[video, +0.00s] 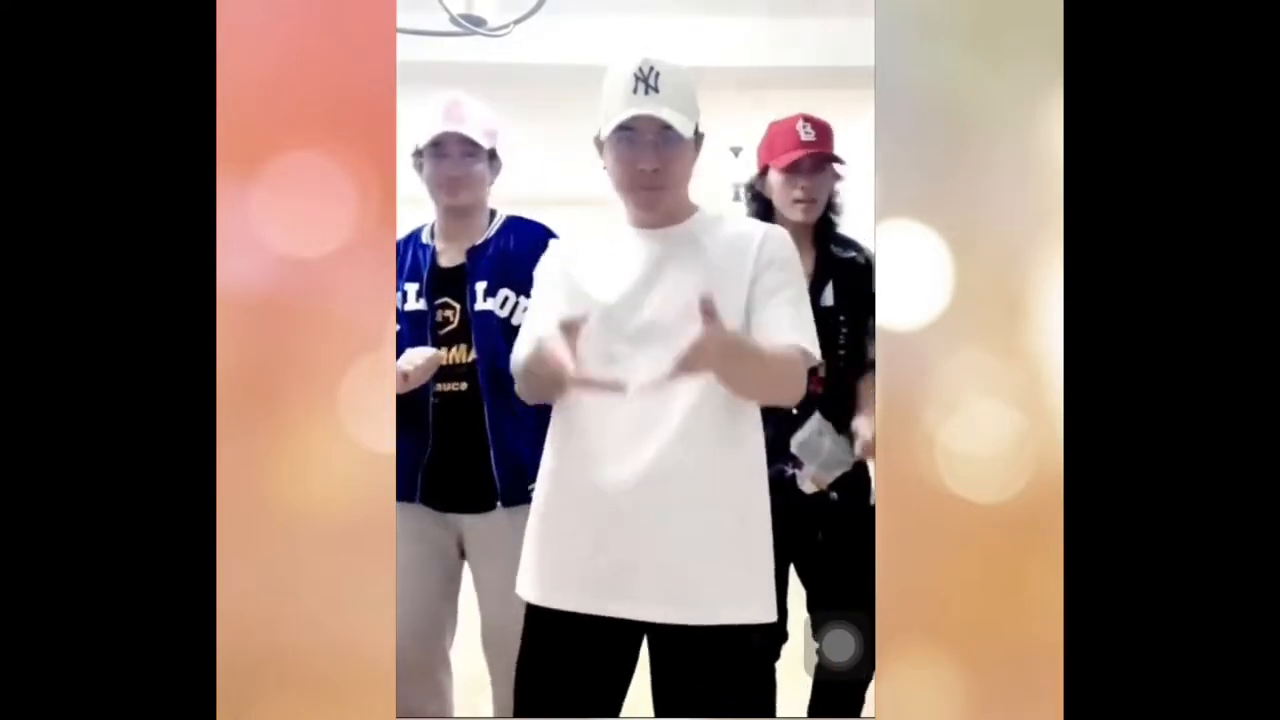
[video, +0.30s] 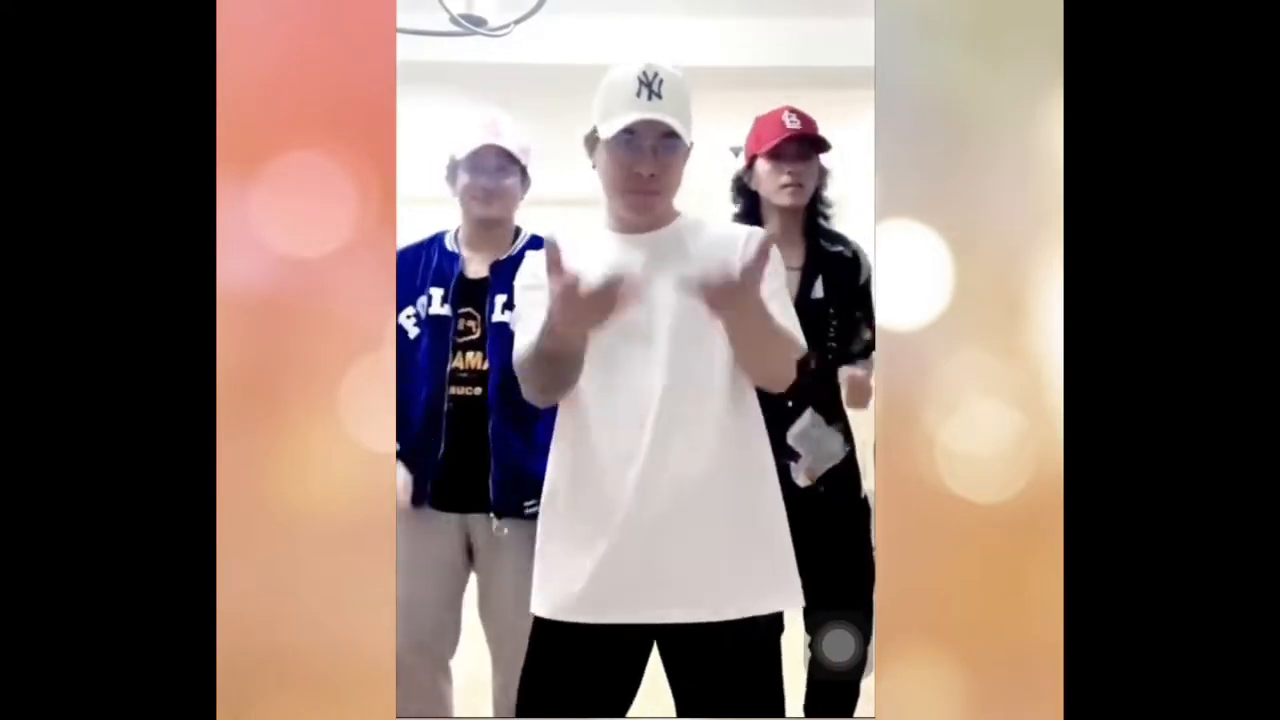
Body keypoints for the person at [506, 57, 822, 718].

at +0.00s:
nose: (647, 157)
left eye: (667, 137)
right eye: (628, 137)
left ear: (697, 150)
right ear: (602, 151)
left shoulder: (755, 248)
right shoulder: (572, 255)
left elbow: (791, 383)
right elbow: (527, 384)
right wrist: (551, 358)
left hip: (714, 568)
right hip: (583, 563)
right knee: (549, 717)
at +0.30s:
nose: (646, 160)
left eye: (667, 141)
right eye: (627, 139)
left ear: (689, 155)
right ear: (593, 152)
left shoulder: (739, 252)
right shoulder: (562, 262)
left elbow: (782, 375)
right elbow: (539, 390)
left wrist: (740, 309)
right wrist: (567, 331)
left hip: (722, 570)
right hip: (591, 572)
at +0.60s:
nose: (648, 148)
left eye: (666, 130)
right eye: (629, 128)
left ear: (684, 145)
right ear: (592, 140)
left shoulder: (717, 246)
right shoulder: (539, 233)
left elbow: (765, 349)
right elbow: (514, 339)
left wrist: (762, 239)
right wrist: (572, 225)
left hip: (713, 570)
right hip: (580, 571)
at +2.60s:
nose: (646, 155)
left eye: (667, 133)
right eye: (625, 135)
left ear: (703, 144)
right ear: (604, 149)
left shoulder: (755, 263)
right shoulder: (566, 259)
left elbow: (788, 397)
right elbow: (491, 356)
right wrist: (501, 294)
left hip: (702, 596)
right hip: (562, 592)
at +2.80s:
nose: (650, 157)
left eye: (670, 132)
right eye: (630, 136)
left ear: (708, 138)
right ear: (608, 147)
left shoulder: (759, 254)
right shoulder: (581, 250)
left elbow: (837, 346)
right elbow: (495, 324)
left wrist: (787, 220)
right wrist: (481, 250)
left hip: (713, 607)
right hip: (574, 599)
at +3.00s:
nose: (659, 174)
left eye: (679, 152)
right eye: (639, 152)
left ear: (712, 156)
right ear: (609, 159)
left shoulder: (775, 260)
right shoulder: (576, 278)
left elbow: (858, 366)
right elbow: (510, 387)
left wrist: (767, 436)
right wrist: (535, 432)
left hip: (726, 616)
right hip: (585, 611)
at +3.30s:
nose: (666, 157)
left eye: (687, 136)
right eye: (645, 133)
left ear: (712, 147)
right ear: (609, 141)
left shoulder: (758, 265)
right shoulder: (546, 264)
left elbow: (834, 410)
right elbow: (516, 427)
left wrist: (802, 548)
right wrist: (567, 567)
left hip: (749, 634)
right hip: (612, 640)